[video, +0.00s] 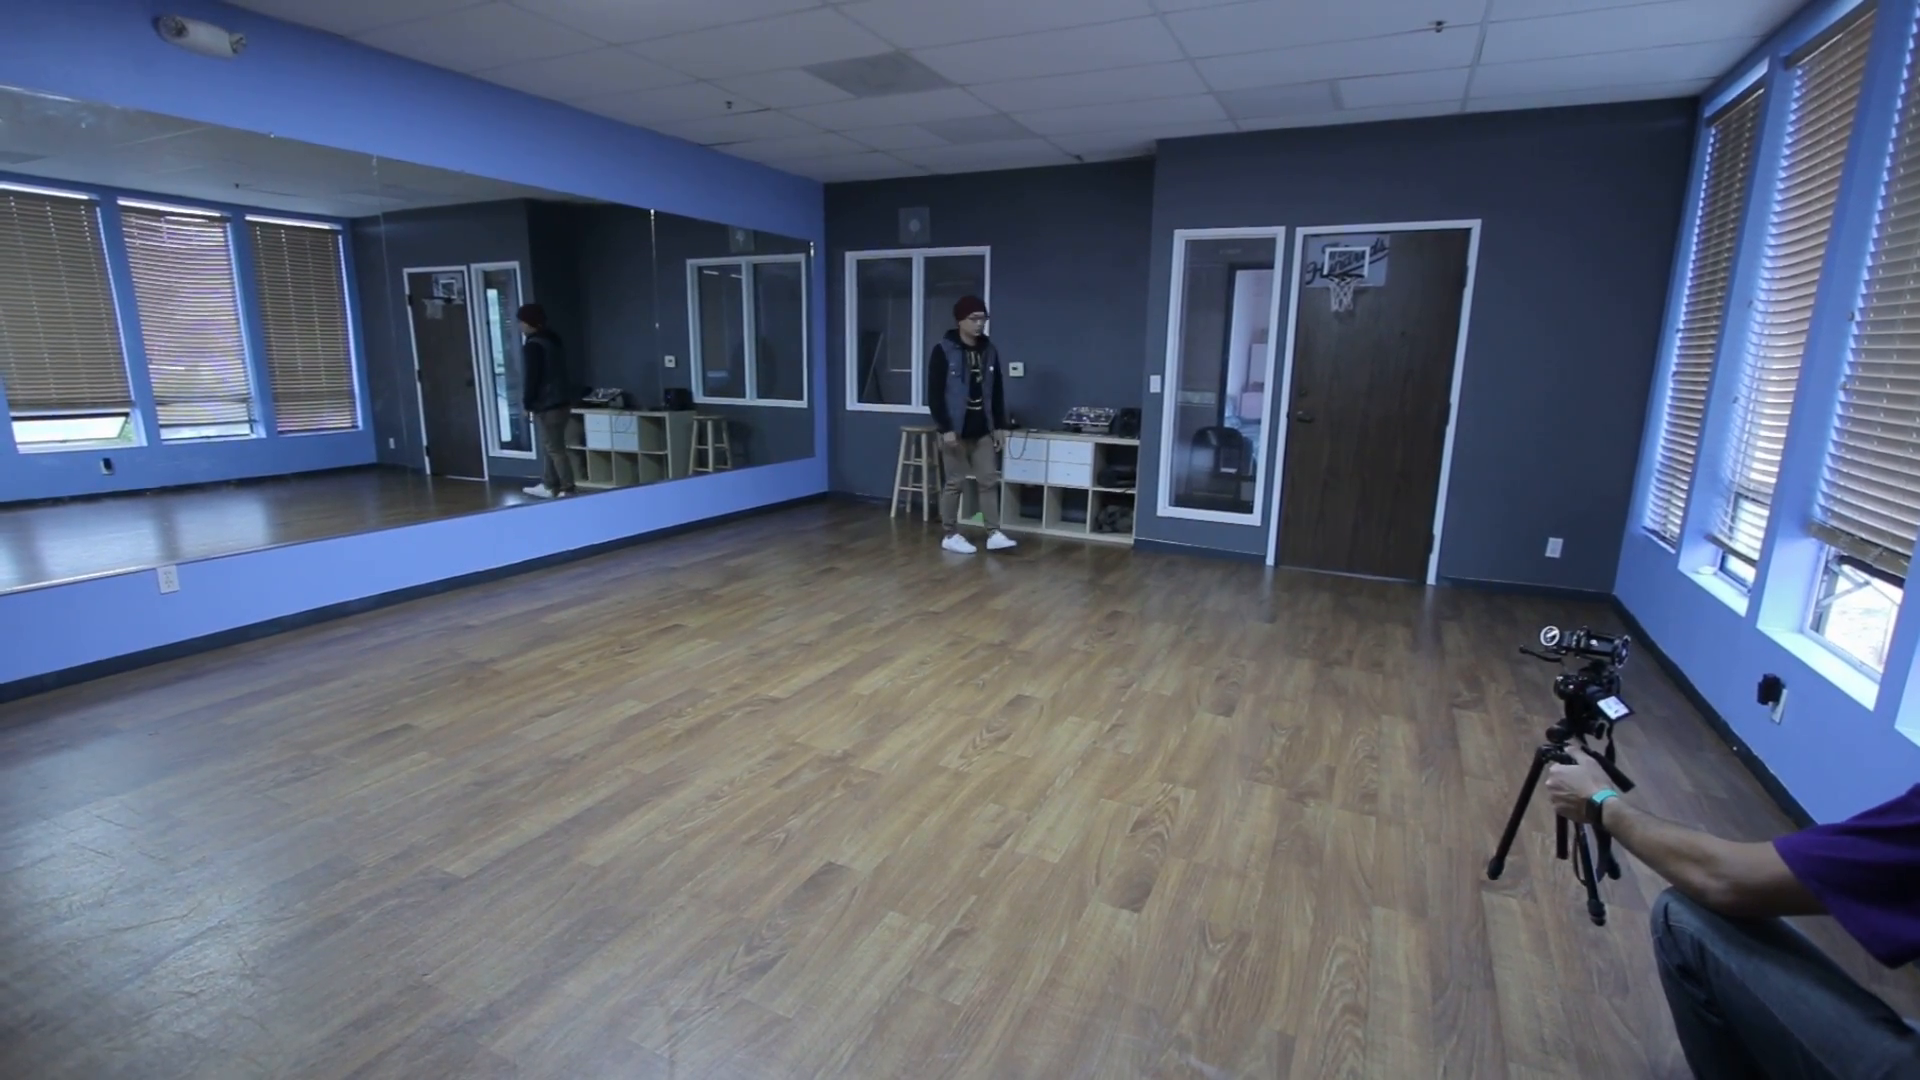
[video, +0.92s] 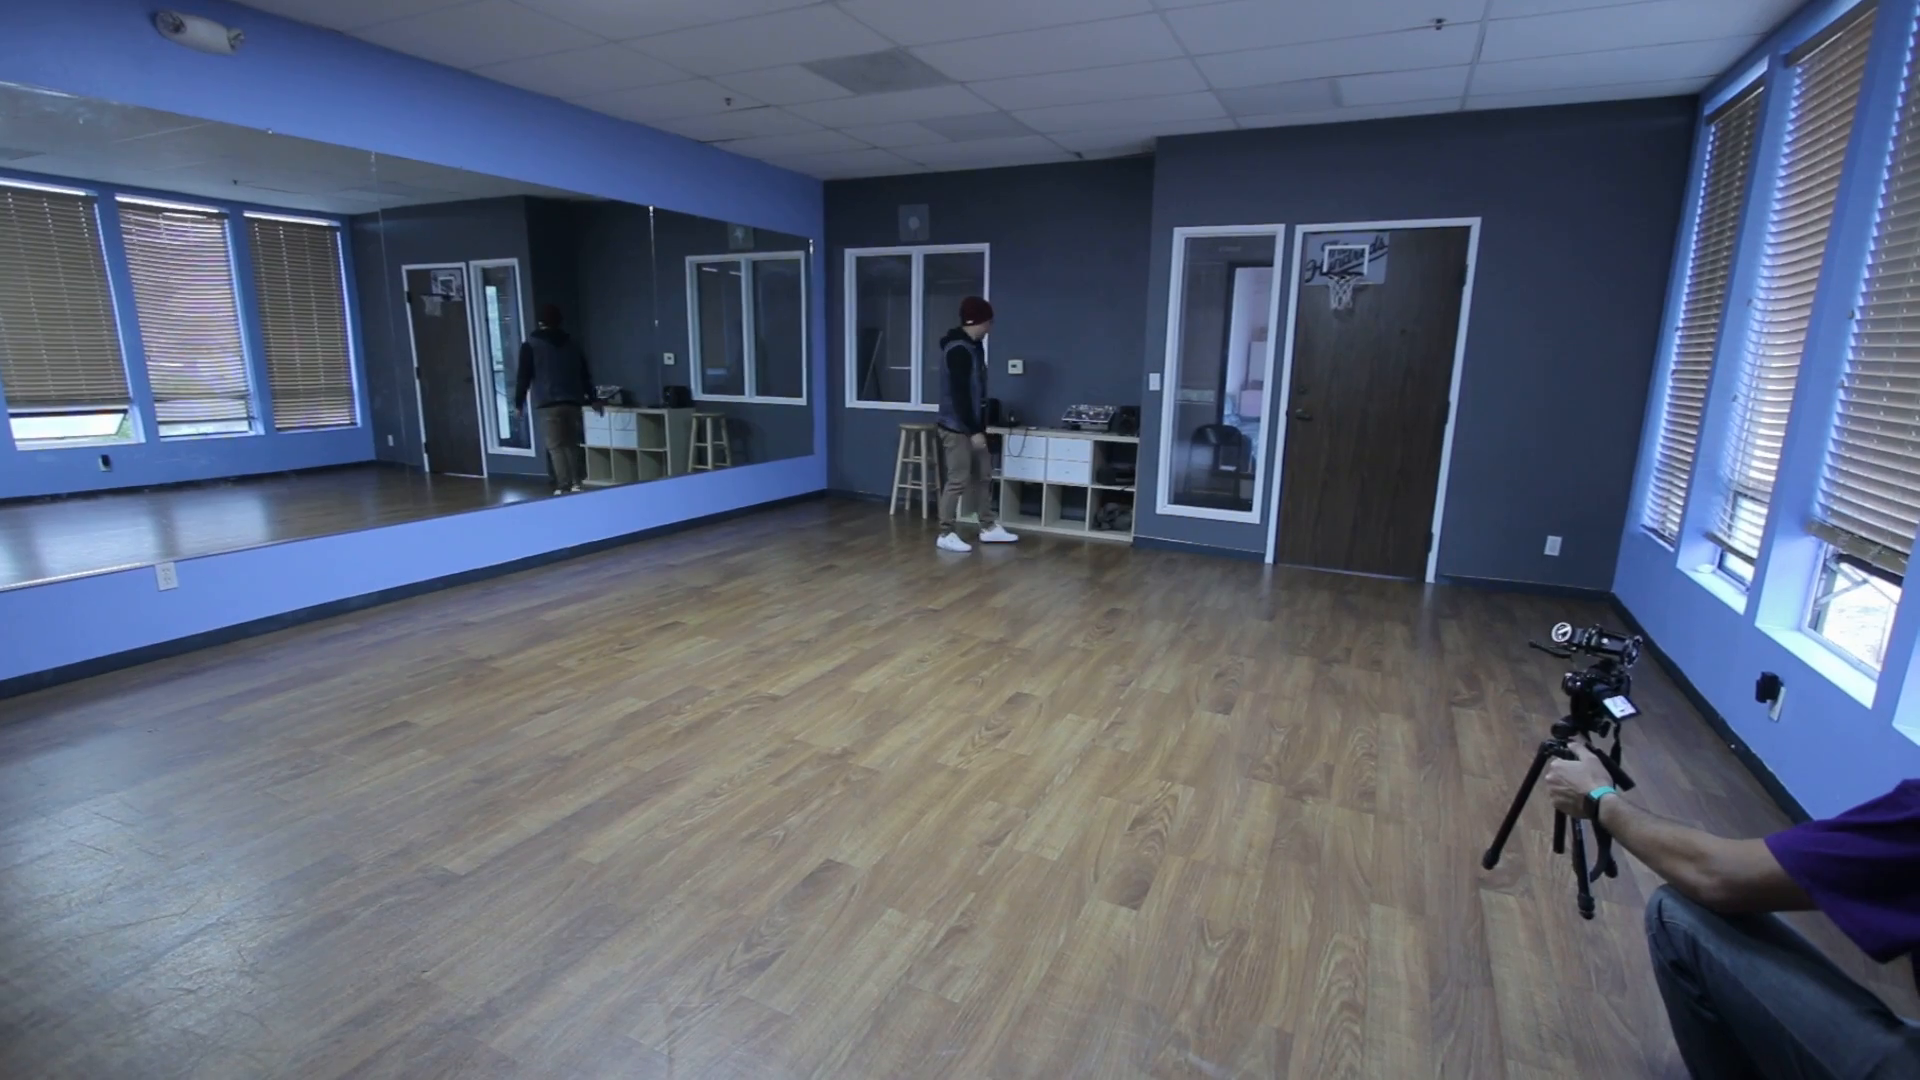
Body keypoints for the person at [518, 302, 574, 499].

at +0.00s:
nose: (520, 327)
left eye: (522, 323)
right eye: (520, 323)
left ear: (530, 323)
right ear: (539, 321)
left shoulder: (533, 344)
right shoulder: (553, 338)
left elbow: (532, 376)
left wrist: (527, 404)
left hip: (546, 402)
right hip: (560, 398)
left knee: (553, 447)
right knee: (550, 445)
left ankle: (567, 487)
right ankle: (549, 483)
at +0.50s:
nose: (523, 330)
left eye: (524, 327)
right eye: (525, 327)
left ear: (526, 328)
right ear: (543, 327)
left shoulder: (528, 348)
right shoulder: (552, 345)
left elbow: (527, 380)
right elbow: (554, 377)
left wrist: (525, 408)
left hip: (534, 409)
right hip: (551, 408)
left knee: (534, 454)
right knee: (537, 451)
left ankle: (558, 488)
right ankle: (530, 489)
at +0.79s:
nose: (533, 327)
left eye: (533, 323)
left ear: (534, 324)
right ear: (553, 322)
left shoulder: (529, 346)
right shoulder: (564, 342)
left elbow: (522, 379)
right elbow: (576, 372)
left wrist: (517, 407)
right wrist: (576, 395)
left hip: (547, 402)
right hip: (569, 400)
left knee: (550, 448)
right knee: (558, 446)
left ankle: (562, 485)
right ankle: (553, 483)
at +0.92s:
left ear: (539, 322)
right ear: (560, 321)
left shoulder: (532, 344)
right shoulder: (570, 341)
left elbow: (524, 376)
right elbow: (583, 372)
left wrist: (519, 403)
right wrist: (593, 398)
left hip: (548, 402)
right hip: (572, 400)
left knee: (555, 445)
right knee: (572, 443)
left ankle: (563, 485)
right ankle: (576, 482)